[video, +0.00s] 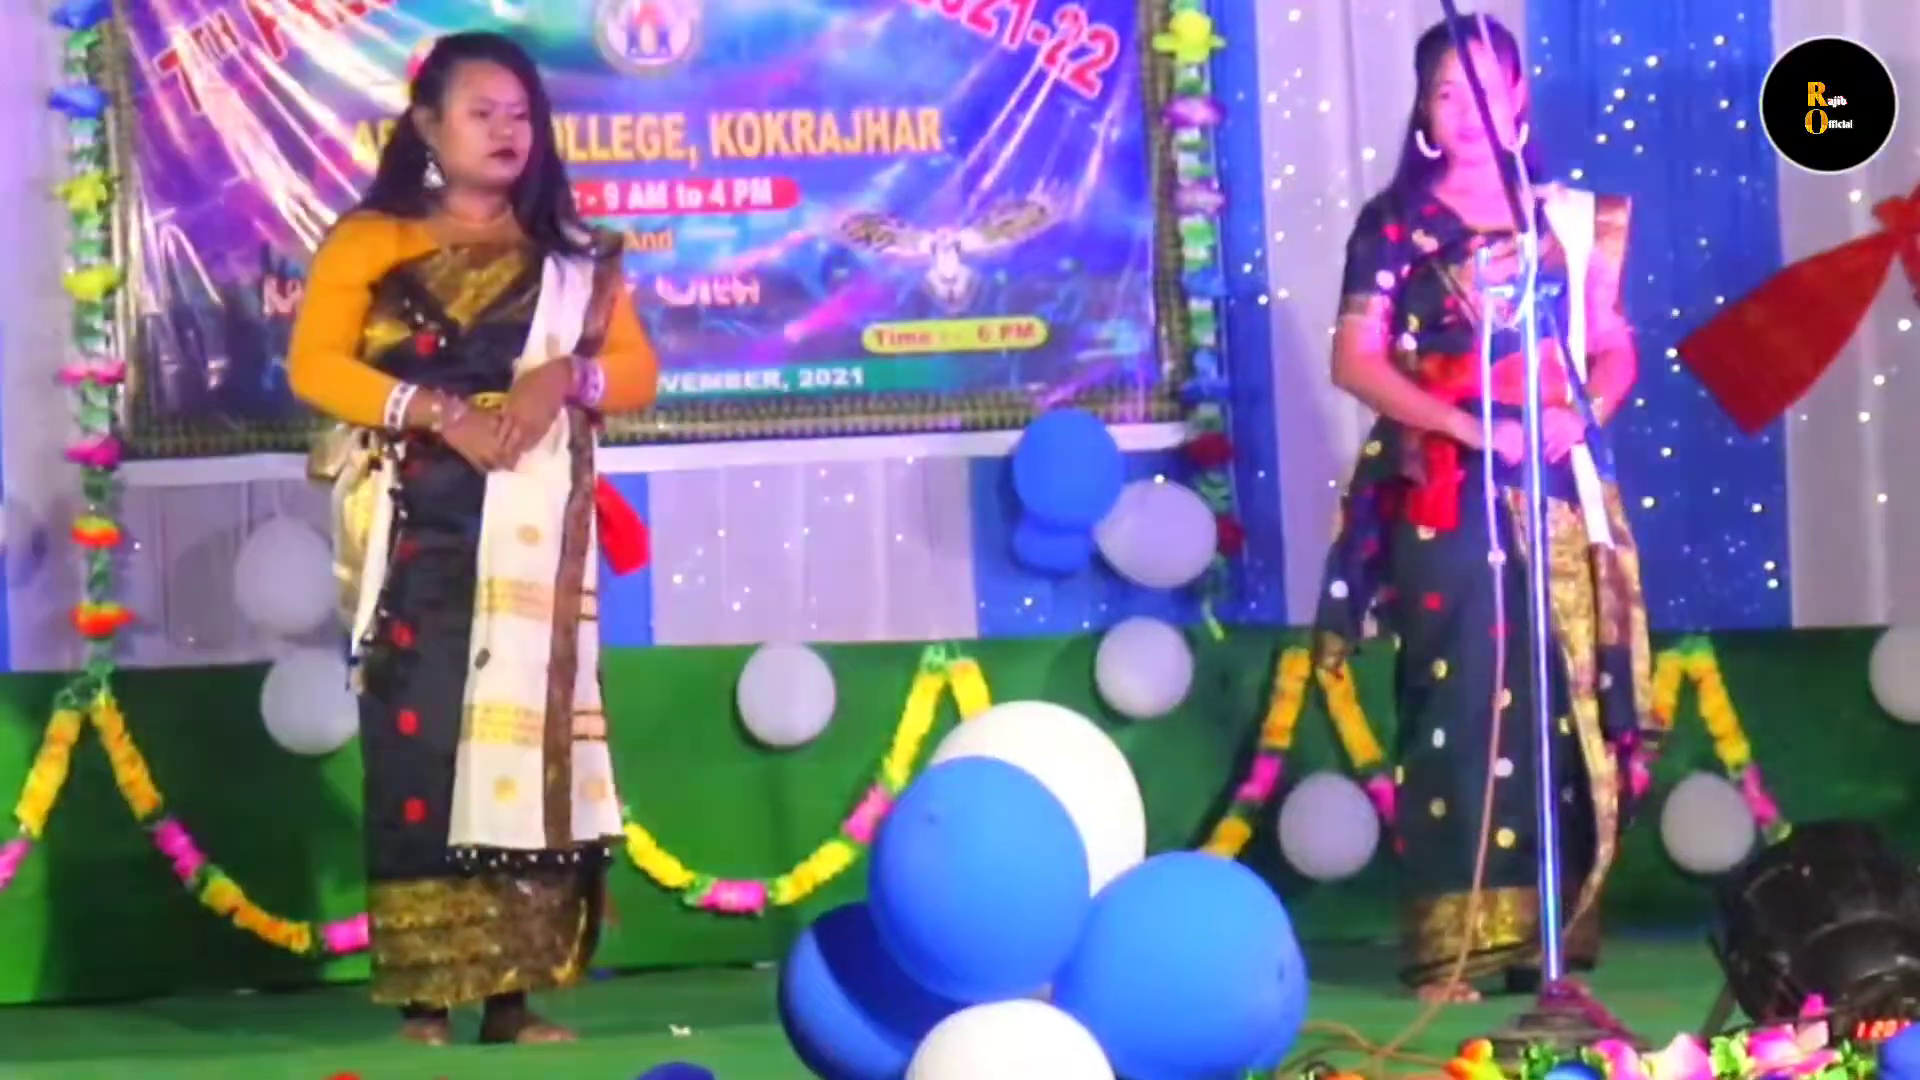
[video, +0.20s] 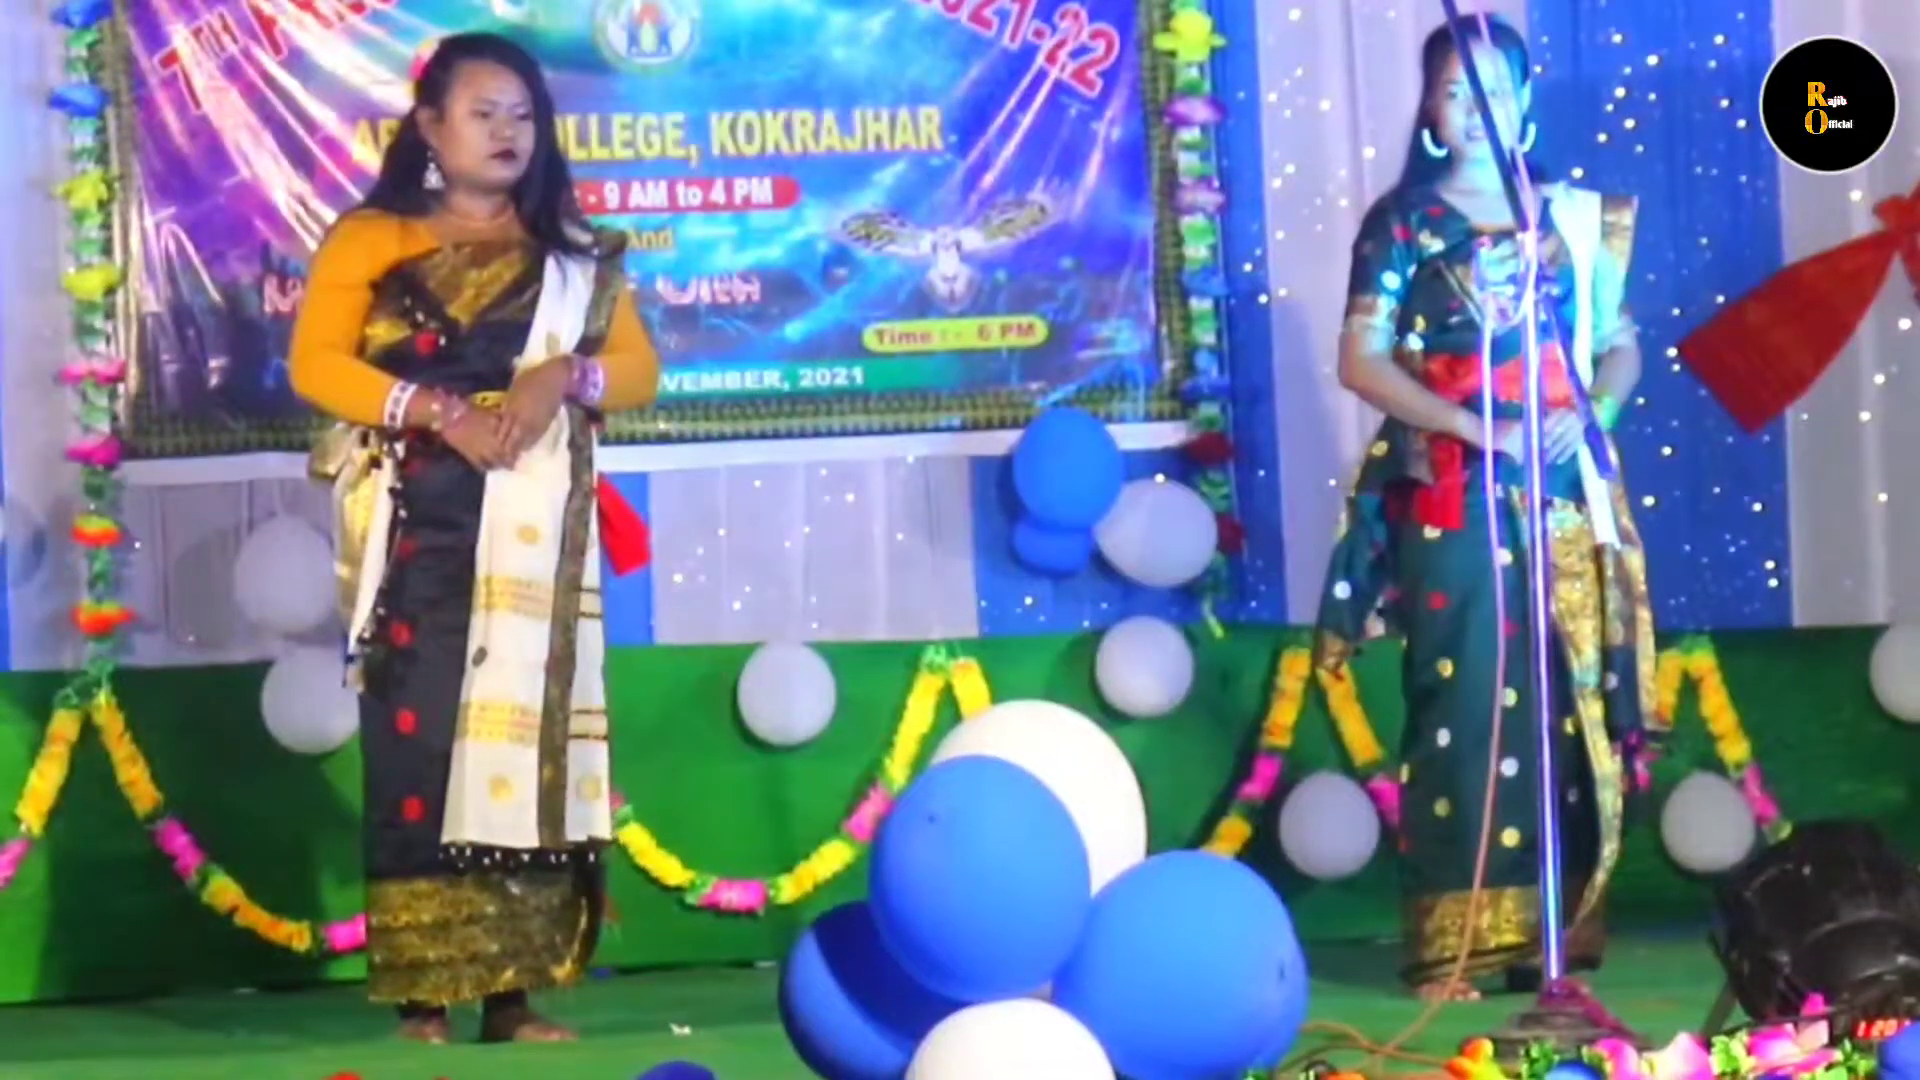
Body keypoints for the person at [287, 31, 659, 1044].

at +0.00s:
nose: (508, 131)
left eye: (521, 114)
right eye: (483, 113)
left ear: (538, 128)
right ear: (430, 127)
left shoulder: (570, 250)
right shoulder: (369, 240)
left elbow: (640, 377)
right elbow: (313, 365)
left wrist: (567, 377)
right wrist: (432, 406)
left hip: (535, 540)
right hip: (419, 537)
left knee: (527, 744)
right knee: (420, 749)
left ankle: (508, 997)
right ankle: (424, 997)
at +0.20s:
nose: (508, 133)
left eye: (523, 115)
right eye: (484, 114)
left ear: (541, 129)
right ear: (431, 128)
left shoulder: (570, 249)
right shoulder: (370, 240)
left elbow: (641, 372)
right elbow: (314, 364)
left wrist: (567, 375)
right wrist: (431, 406)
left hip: (535, 541)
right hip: (418, 538)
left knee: (527, 745)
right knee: (420, 749)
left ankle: (510, 994)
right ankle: (422, 995)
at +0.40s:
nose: (508, 132)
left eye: (524, 115)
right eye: (484, 113)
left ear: (543, 130)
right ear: (433, 126)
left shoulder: (574, 250)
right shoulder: (371, 238)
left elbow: (643, 372)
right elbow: (316, 362)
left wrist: (565, 376)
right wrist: (434, 405)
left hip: (535, 541)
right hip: (419, 537)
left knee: (528, 744)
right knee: (421, 748)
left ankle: (511, 992)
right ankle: (423, 991)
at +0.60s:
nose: (510, 132)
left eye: (527, 114)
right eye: (486, 113)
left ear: (547, 130)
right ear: (434, 126)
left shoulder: (577, 250)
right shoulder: (373, 238)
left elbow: (645, 374)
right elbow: (317, 364)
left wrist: (568, 377)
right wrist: (437, 407)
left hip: (538, 539)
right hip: (421, 534)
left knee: (530, 743)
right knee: (423, 747)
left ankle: (509, 993)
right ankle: (423, 991)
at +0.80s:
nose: (514, 137)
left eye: (530, 120)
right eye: (489, 118)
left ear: (549, 134)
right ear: (438, 130)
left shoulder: (578, 253)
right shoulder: (376, 242)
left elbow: (649, 373)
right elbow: (320, 367)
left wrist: (568, 380)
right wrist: (435, 407)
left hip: (540, 541)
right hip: (423, 537)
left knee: (532, 744)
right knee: (423, 748)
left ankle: (511, 996)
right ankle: (424, 995)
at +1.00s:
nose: (517, 144)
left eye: (533, 126)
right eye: (493, 124)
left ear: (551, 141)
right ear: (442, 133)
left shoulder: (581, 260)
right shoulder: (377, 248)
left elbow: (649, 377)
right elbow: (322, 371)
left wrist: (568, 385)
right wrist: (439, 413)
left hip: (541, 548)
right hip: (426, 543)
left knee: (532, 750)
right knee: (424, 754)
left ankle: (511, 999)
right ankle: (424, 998)